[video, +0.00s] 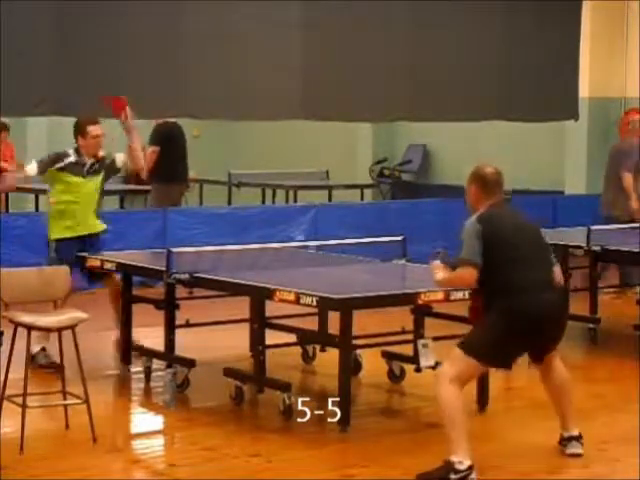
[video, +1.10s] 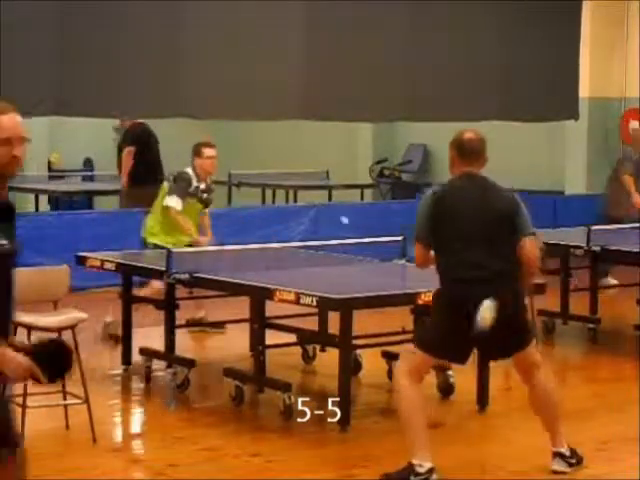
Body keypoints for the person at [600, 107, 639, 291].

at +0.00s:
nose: (637, 128)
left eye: (636, 124)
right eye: (634, 124)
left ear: (625, 127)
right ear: (628, 127)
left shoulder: (617, 148)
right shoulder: (630, 146)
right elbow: (626, 174)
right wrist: (632, 201)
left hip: (613, 211)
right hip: (625, 213)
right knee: (630, 255)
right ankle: (630, 285)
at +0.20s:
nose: (637, 135)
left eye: (637, 130)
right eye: (636, 130)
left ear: (621, 130)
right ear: (628, 131)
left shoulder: (609, 147)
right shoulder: (619, 148)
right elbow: (613, 176)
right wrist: (619, 201)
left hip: (597, 207)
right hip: (607, 208)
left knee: (605, 246)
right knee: (618, 246)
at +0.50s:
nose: (623, 134)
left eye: (623, 130)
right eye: (621, 129)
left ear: (610, 129)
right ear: (612, 129)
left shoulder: (601, 145)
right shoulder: (608, 147)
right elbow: (598, 173)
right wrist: (602, 199)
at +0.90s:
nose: (626, 138)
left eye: (627, 134)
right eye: (624, 133)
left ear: (623, 136)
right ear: (615, 134)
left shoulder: (618, 153)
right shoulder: (608, 150)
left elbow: (621, 175)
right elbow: (596, 170)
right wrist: (600, 194)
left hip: (613, 203)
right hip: (604, 204)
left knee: (611, 241)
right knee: (607, 242)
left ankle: (605, 273)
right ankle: (602, 274)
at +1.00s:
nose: (634, 137)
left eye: (636, 132)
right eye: (630, 131)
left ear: (638, 133)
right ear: (622, 132)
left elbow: (632, 175)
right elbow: (605, 171)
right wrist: (611, 195)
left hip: (623, 199)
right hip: (611, 200)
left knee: (617, 238)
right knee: (607, 237)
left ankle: (608, 272)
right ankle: (603, 273)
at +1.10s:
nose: (637, 132)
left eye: (637, 129)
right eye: (635, 129)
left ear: (635, 133)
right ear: (630, 133)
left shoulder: (630, 154)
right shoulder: (628, 153)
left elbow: (625, 174)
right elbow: (625, 174)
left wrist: (632, 195)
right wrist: (634, 194)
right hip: (619, 206)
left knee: (614, 240)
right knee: (613, 240)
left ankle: (604, 272)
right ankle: (603, 273)